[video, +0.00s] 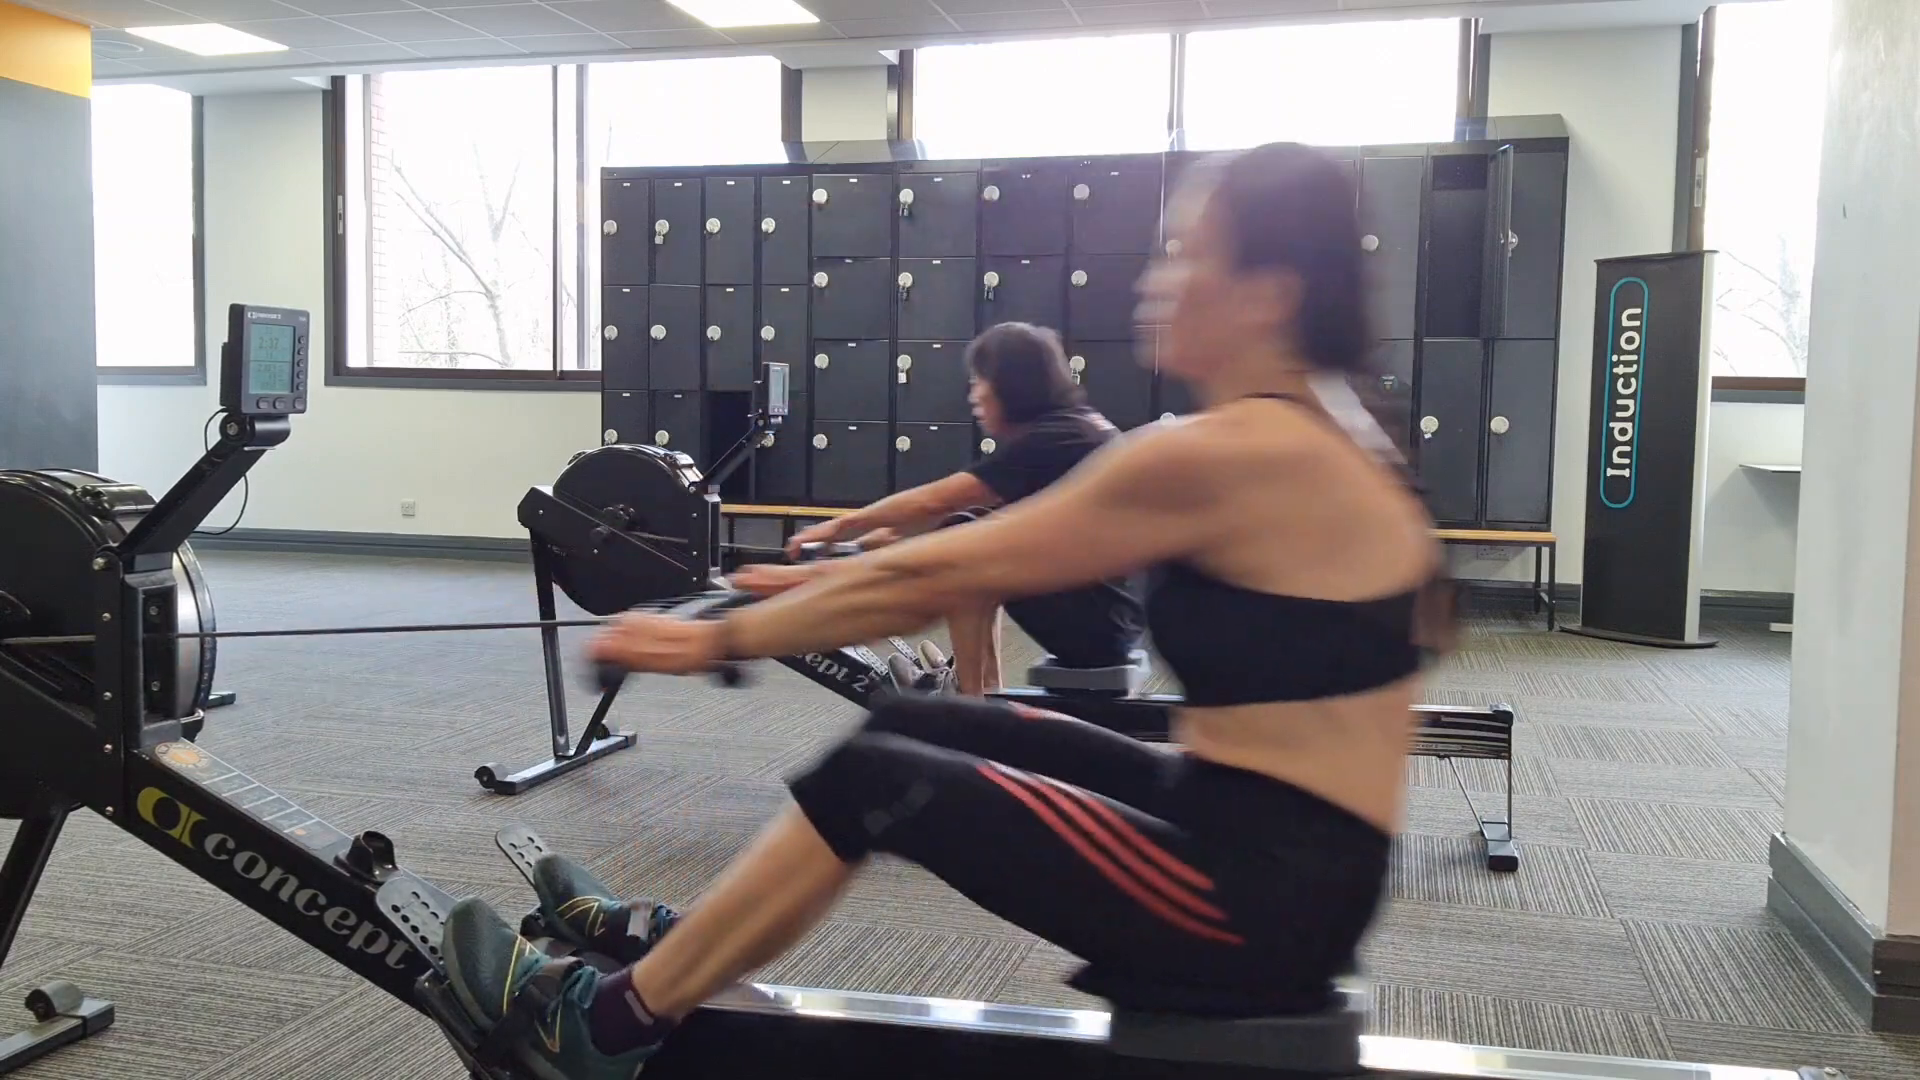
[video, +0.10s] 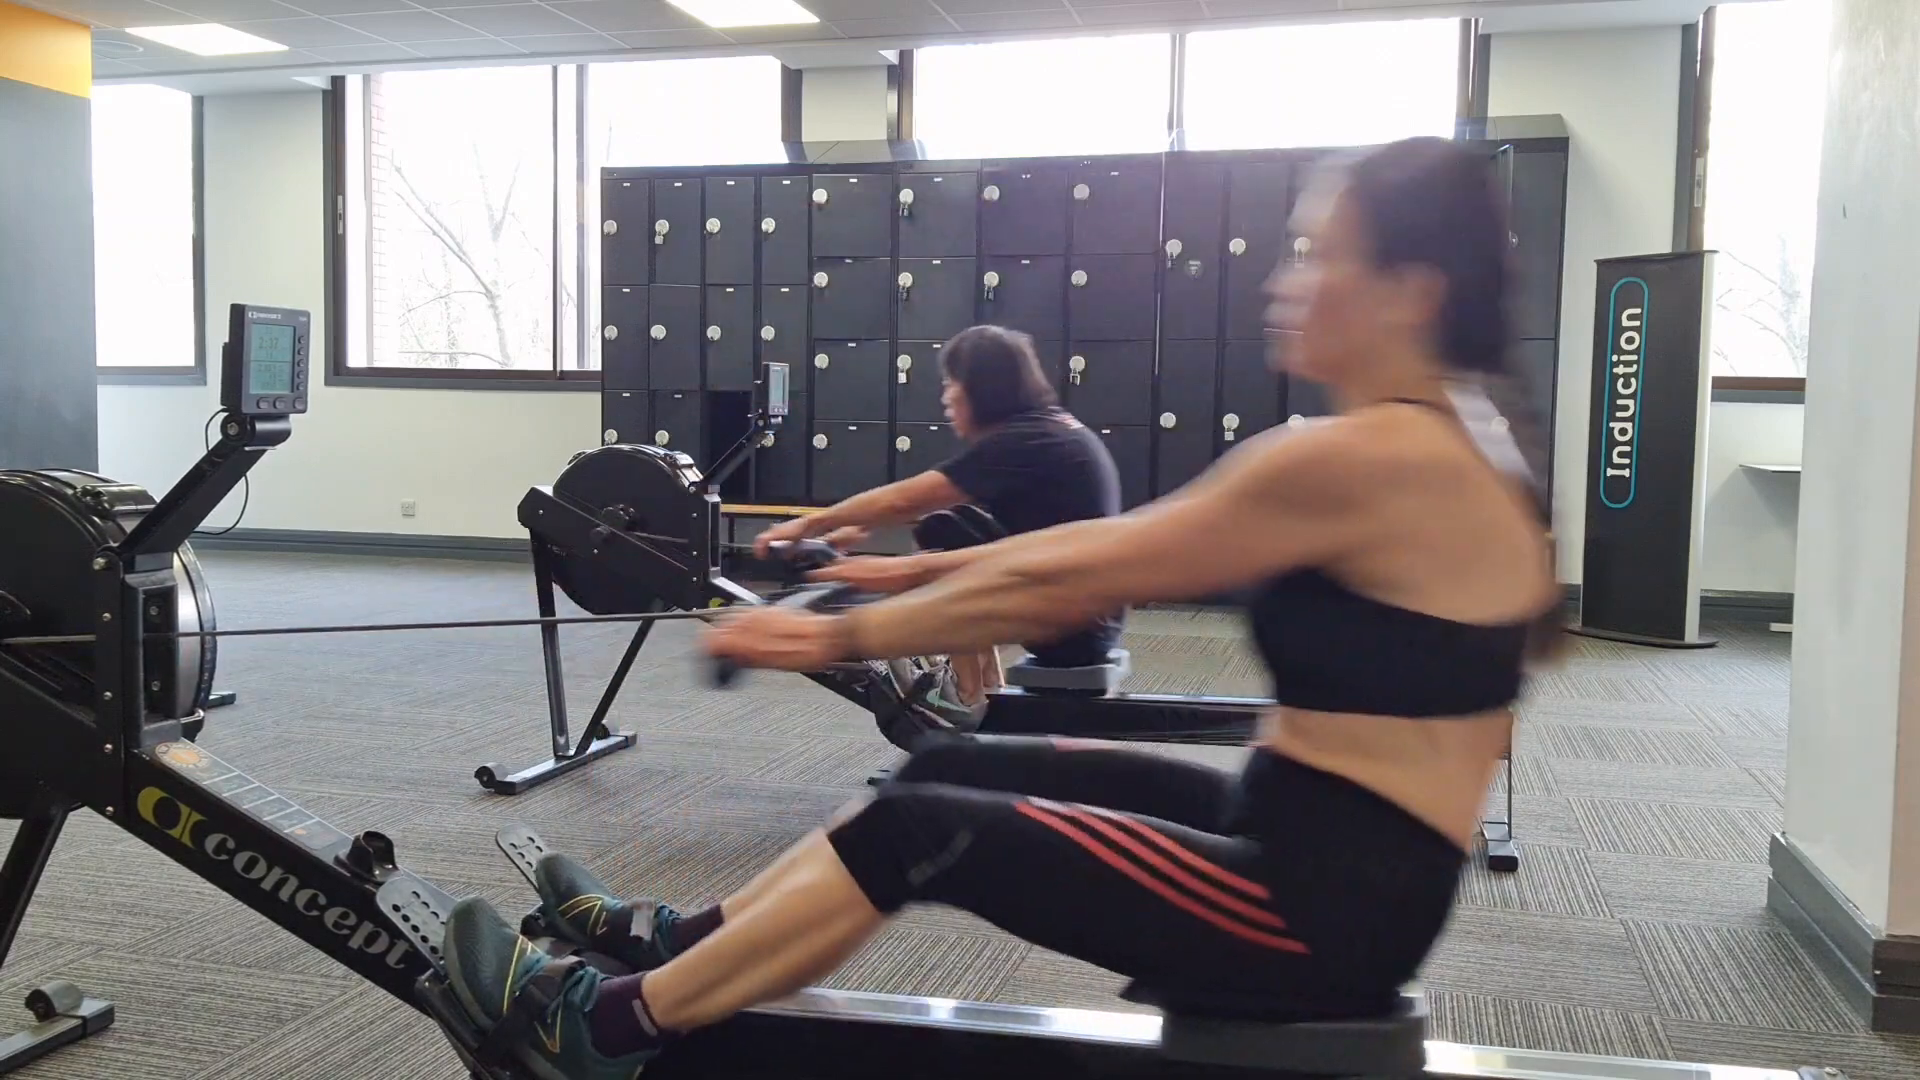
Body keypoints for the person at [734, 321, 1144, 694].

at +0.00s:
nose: (972, 397)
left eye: (979, 383)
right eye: (973, 385)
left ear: (1016, 385)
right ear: (1038, 382)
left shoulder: (1048, 441)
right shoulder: (1077, 427)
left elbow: (935, 502)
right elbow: (956, 503)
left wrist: (836, 527)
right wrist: (883, 531)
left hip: (1095, 628)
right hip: (1109, 616)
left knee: (960, 546)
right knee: (970, 537)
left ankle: (972, 699)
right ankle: (984, 688)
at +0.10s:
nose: (944, 397)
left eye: (951, 383)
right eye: (945, 384)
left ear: (983, 386)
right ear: (1009, 381)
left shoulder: (1020, 442)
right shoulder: (1056, 430)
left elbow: (904, 500)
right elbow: (940, 499)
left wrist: (804, 525)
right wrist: (865, 529)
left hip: (1069, 628)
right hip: (1091, 619)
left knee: (938, 527)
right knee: (946, 525)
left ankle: (973, 693)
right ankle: (986, 684)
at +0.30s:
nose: (921, 396)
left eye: (926, 383)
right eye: (922, 384)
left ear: (956, 387)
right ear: (984, 384)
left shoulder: (988, 440)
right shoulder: (1033, 432)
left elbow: (869, 485)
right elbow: (896, 490)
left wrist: (770, 501)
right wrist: (823, 506)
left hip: (1041, 619)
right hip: (1066, 613)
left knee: (915, 530)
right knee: (936, 519)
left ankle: (961, 663)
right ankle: (966, 658)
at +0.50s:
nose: (960, 387)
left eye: (968, 372)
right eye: (964, 373)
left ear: (1003, 378)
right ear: (1026, 378)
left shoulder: (1026, 433)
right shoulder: (1067, 424)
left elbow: (904, 467)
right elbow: (928, 470)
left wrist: (806, 472)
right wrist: (855, 486)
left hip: (1064, 627)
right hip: (1085, 620)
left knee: (933, 524)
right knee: (954, 520)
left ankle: (967, 684)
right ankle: (982, 666)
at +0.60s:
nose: (1006, 380)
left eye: (1015, 367)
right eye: (1008, 368)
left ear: (1050, 373)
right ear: (1074, 373)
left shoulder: (1059, 436)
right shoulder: (1109, 427)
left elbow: (944, 473)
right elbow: (964, 476)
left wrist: (842, 480)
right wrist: (895, 494)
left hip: (1084, 631)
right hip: (1108, 624)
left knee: (956, 525)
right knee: (972, 516)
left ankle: (967, 687)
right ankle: (989, 674)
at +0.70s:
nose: (1048, 376)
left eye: (1058, 362)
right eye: (1052, 362)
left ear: (1091, 372)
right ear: (1114, 374)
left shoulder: (1100, 438)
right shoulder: (1148, 434)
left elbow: (988, 475)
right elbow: (1004, 482)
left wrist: (881, 483)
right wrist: (925, 497)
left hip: (1107, 630)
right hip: (1134, 625)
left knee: (976, 523)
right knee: (988, 521)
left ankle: (967, 690)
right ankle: (987, 680)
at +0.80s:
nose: (1090, 371)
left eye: (1101, 359)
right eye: (1094, 358)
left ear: (1132, 368)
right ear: (1161, 371)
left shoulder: (1144, 438)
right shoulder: (1193, 435)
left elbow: (1028, 473)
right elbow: (1049, 478)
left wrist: (919, 482)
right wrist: (964, 497)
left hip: (1130, 629)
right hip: (1161, 624)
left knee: (996, 528)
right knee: (1013, 528)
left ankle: (966, 693)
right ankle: (985, 686)